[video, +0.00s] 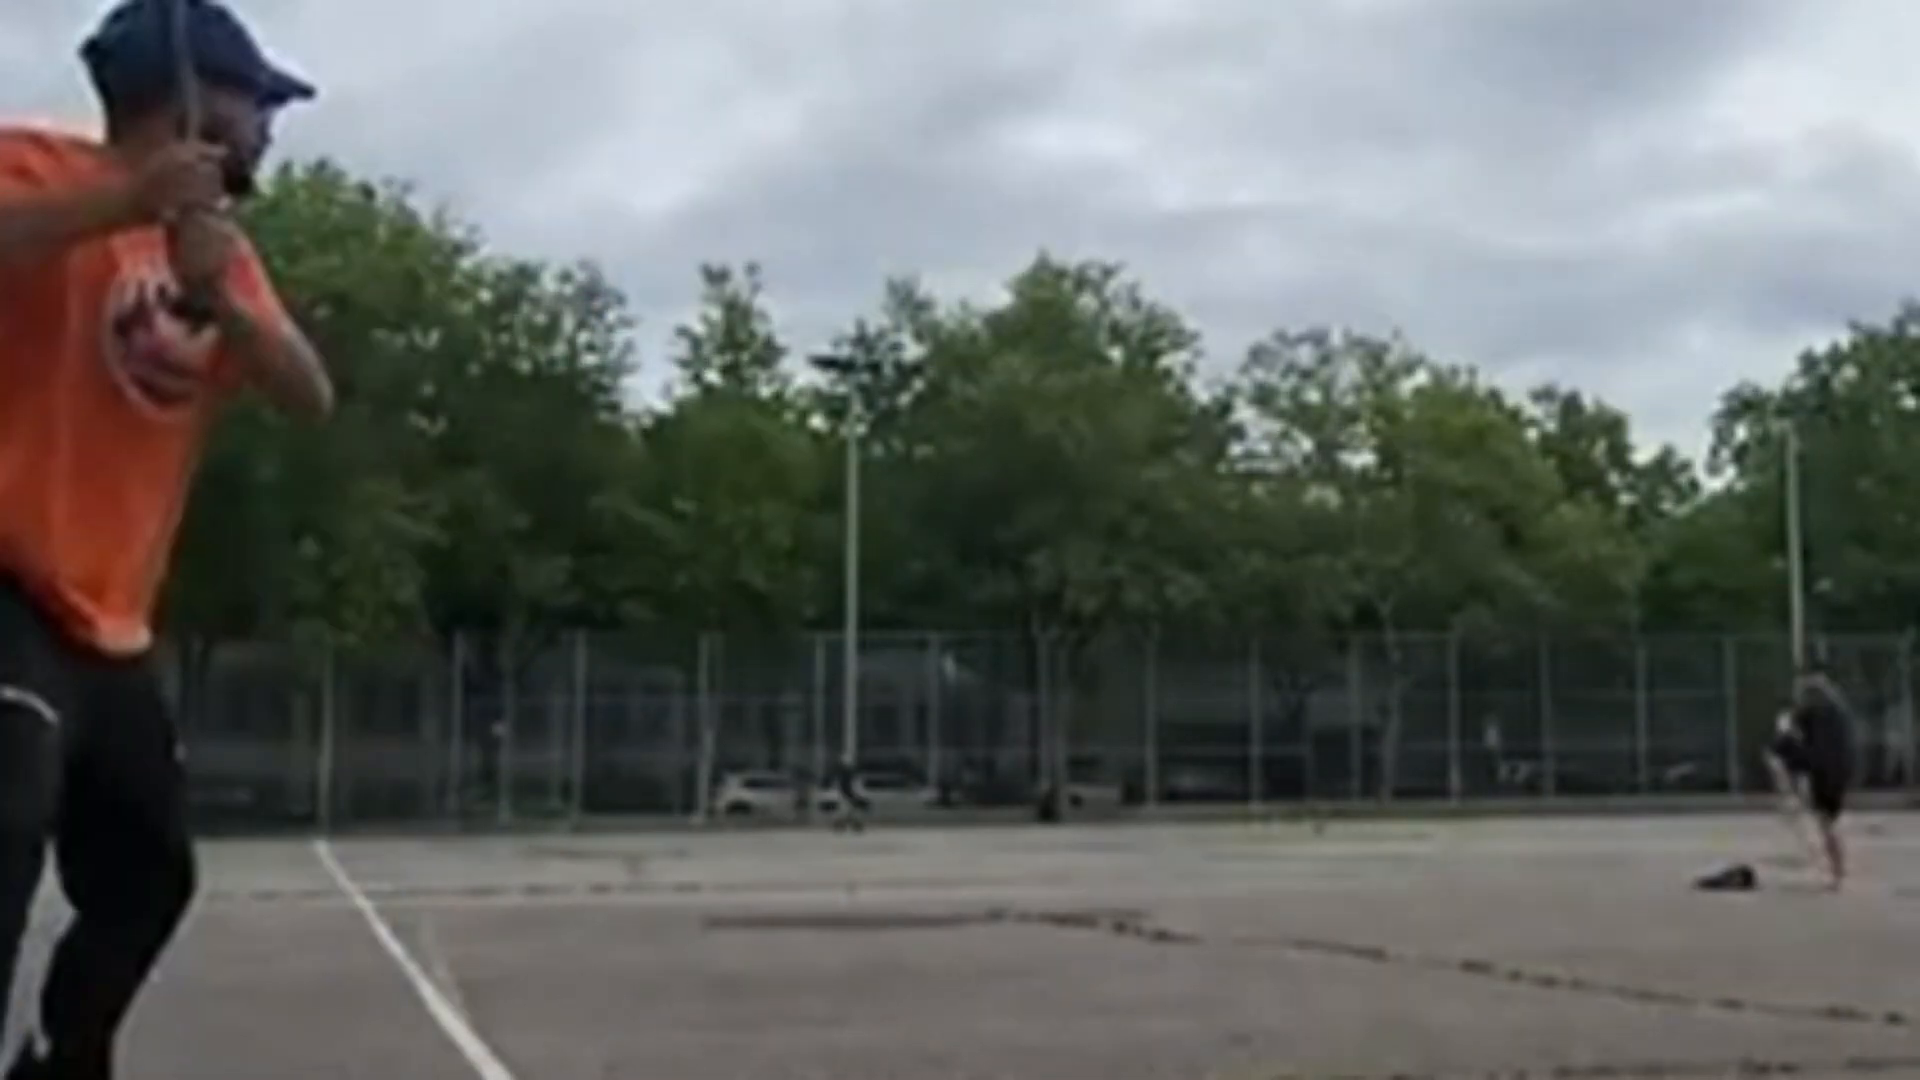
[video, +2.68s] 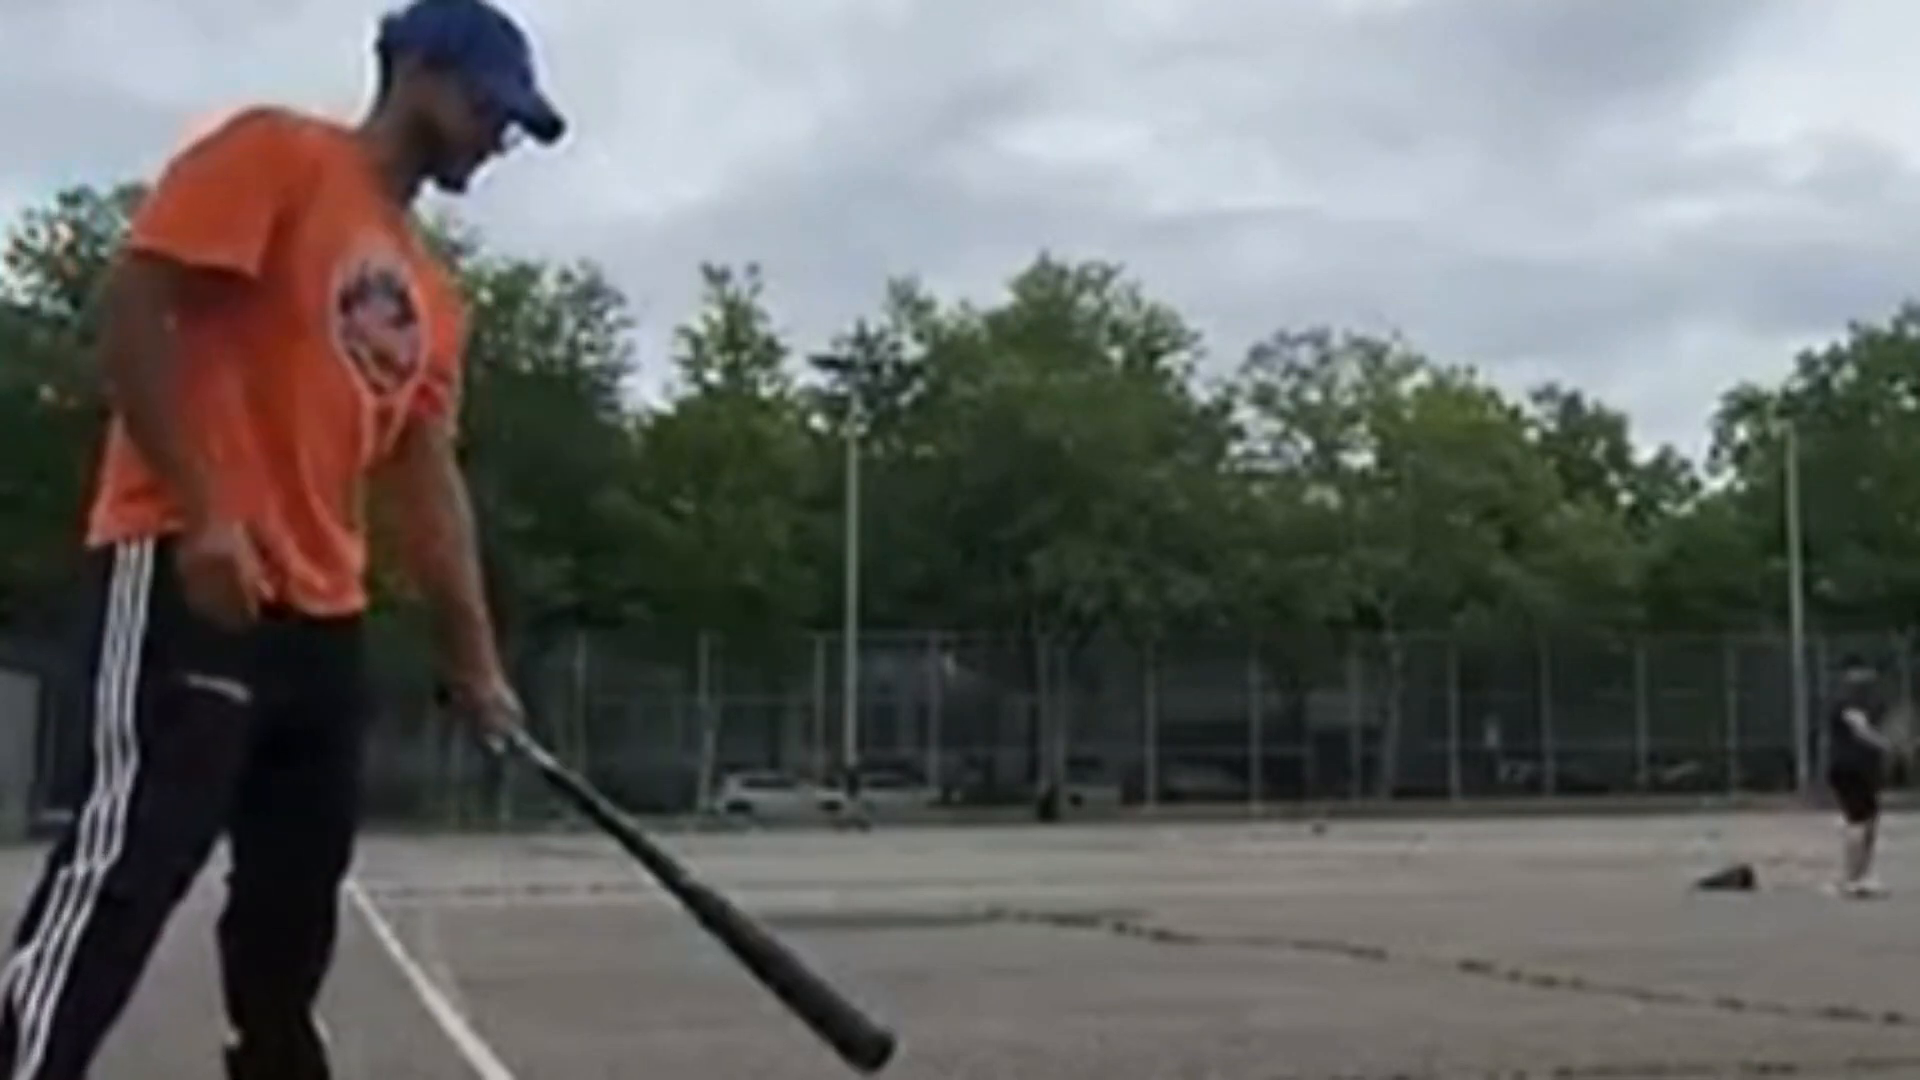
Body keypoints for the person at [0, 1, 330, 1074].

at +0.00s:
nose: (261, 136)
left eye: (265, 112)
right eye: (242, 108)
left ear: (222, 118)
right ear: (168, 102)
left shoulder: (221, 247)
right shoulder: (39, 170)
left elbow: (310, 397)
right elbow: (8, 233)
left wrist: (227, 307)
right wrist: (128, 199)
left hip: (113, 623)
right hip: (16, 597)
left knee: (145, 882)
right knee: (14, 839)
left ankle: (68, 1064)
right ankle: (19, 1054)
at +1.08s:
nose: (388, 119)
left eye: (388, 98)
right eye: (370, 94)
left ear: (311, 107)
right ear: (303, 95)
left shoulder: (345, 253)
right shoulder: (140, 160)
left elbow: (384, 403)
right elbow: (8, 207)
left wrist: (276, 334)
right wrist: (167, 222)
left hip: (201, 593)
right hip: (56, 555)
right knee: (69, 835)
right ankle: (11, 1056)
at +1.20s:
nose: (442, 150)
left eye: (441, 130)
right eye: (429, 127)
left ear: (373, 132)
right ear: (372, 126)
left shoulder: (399, 275)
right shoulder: (178, 184)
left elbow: (417, 398)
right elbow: (12, 239)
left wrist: (272, 328)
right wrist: (154, 243)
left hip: (230, 598)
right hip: (87, 559)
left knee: (324, 844)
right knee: (75, 838)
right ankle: (16, 1052)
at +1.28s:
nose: (474, 200)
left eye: (474, 178)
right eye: (461, 175)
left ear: (405, 180)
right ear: (396, 172)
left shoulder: (424, 299)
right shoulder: (204, 224)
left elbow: (446, 413)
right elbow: (24, 336)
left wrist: (283, 353)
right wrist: (165, 297)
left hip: (256, 619)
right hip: (120, 584)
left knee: (364, 853)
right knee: (138, 850)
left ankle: (399, 1055)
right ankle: (22, 1060)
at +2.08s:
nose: (459, 124)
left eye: (473, 106)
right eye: (444, 93)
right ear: (363, 57)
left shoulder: (405, 258)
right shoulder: (207, 153)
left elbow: (383, 446)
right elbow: (36, 315)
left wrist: (347, 488)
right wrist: (243, 408)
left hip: (285, 589)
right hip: (142, 554)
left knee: (342, 849)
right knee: (91, 877)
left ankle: (297, 1061)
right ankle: (20, 1056)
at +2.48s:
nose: (487, 129)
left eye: (499, 112)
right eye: (478, 99)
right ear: (408, 64)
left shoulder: (415, 270)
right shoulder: (286, 153)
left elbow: (404, 456)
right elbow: (170, 341)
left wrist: (449, 619)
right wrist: (332, 520)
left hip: (315, 587)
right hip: (203, 547)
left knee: (298, 850)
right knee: (156, 825)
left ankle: (275, 1054)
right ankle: (40, 1055)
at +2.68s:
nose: (503, 137)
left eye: (514, 121)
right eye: (493, 108)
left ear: (450, 101)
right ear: (420, 71)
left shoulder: (436, 294)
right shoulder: (275, 148)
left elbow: (426, 474)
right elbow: (133, 308)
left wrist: (476, 659)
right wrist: (197, 511)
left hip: (318, 602)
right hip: (186, 562)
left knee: (299, 867)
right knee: (131, 853)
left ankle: (273, 1049)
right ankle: (33, 1058)